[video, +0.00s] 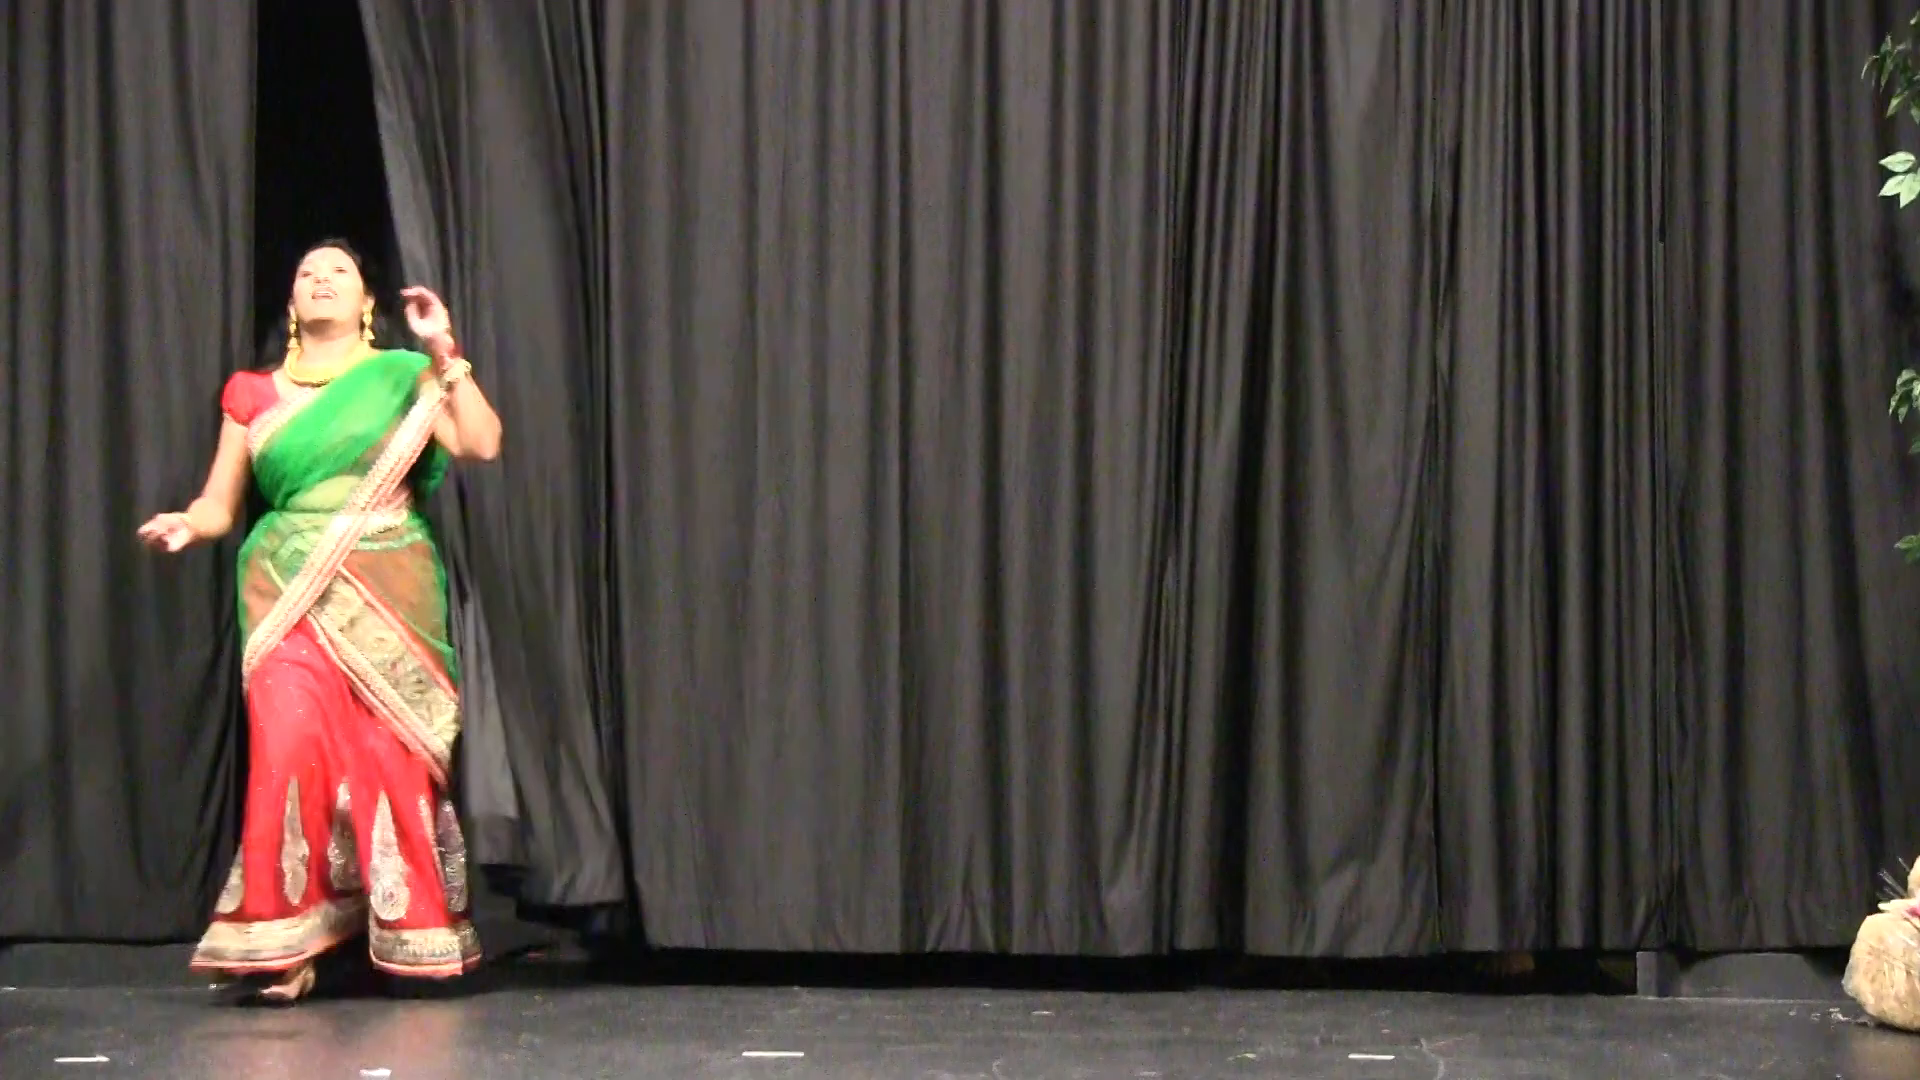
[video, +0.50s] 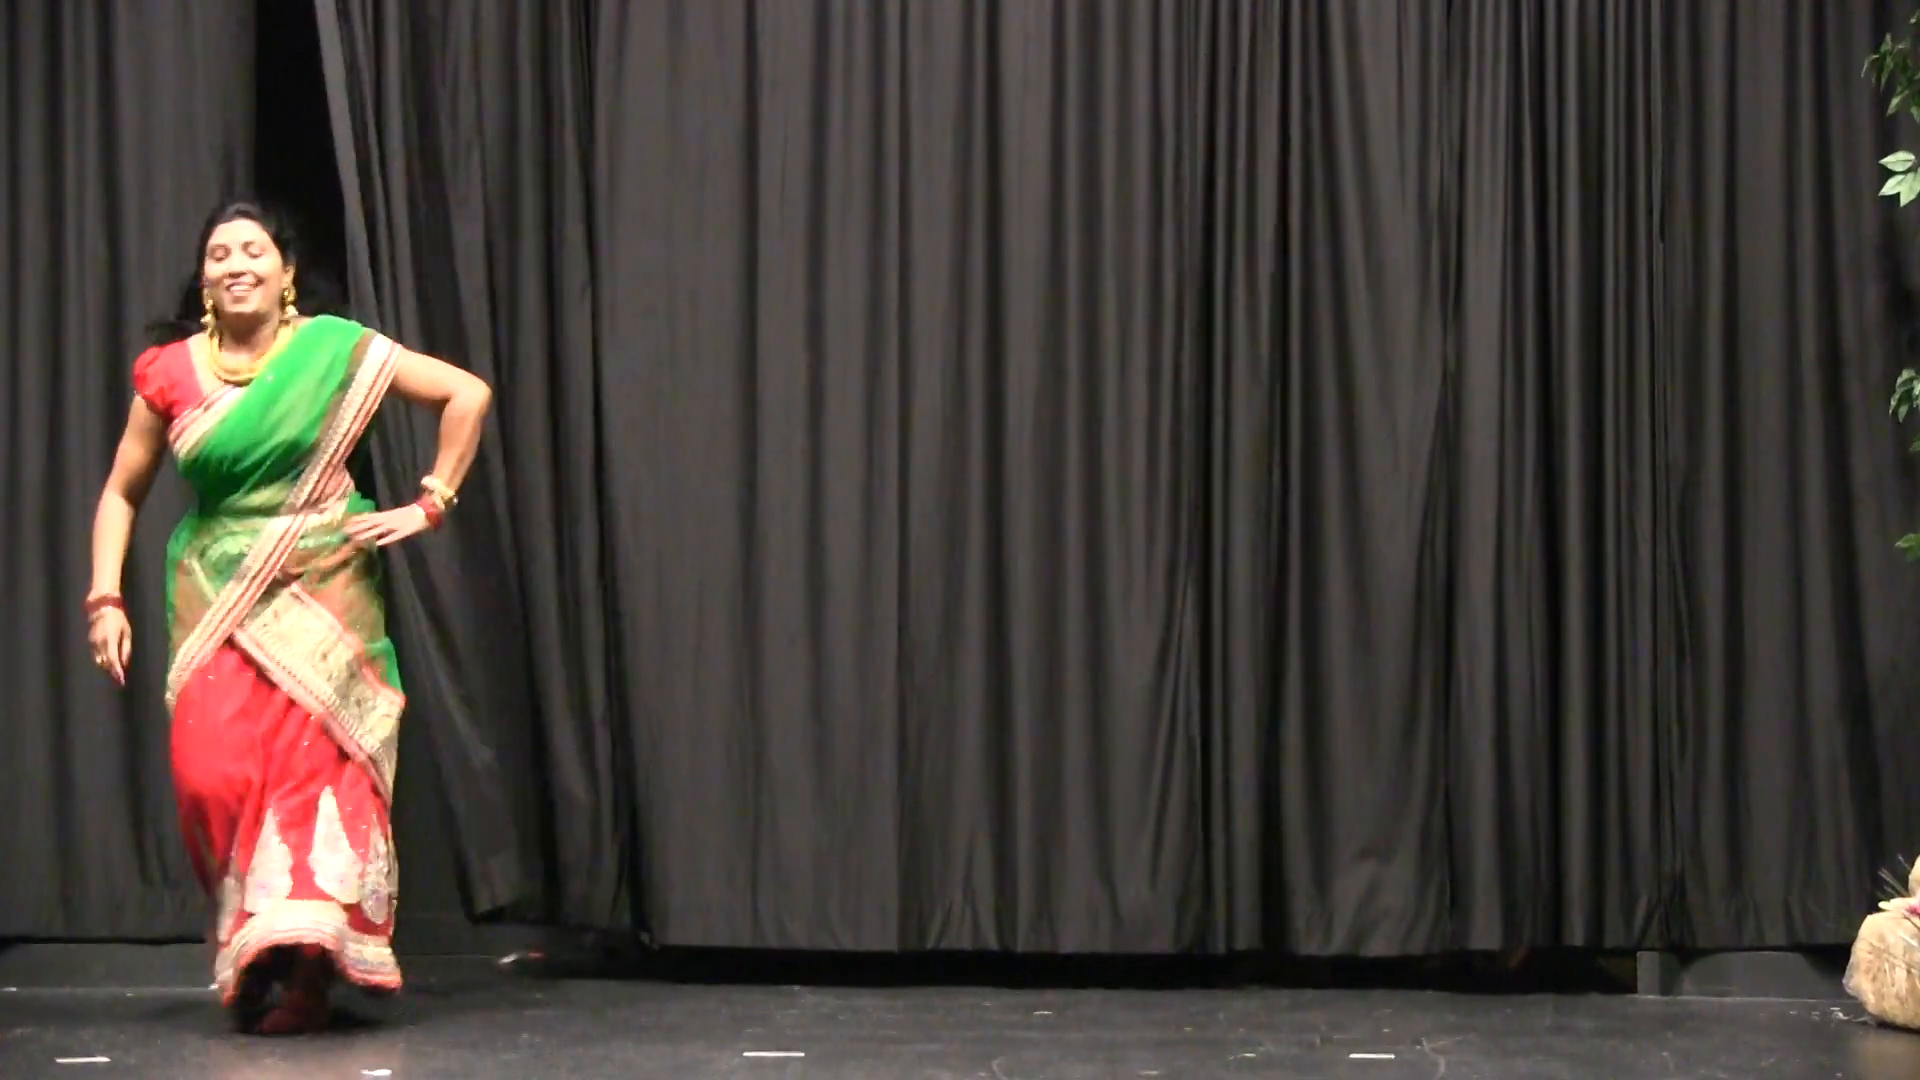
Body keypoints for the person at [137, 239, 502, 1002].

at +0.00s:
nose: (320, 280)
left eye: (337, 272)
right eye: (308, 273)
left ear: (366, 301)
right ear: (290, 301)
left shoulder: (401, 371)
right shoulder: (255, 392)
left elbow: (480, 444)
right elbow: (219, 506)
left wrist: (445, 349)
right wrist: (188, 520)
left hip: (387, 580)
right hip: (287, 584)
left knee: (395, 755)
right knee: (286, 751)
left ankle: (414, 943)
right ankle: (285, 949)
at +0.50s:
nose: (237, 264)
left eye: (254, 251)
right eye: (222, 253)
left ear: (286, 271)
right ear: (201, 278)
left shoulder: (335, 345)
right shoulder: (172, 371)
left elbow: (468, 392)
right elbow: (121, 491)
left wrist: (434, 500)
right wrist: (105, 597)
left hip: (324, 574)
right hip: (218, 580)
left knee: (313, 762)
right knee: (210, 773)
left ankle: (301, 963)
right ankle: (255, 944)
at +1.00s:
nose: (128, 281)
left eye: (143, 263)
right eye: (108, 266)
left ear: (175, 257)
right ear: (80, 267)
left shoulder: (224, 318)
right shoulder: (49, 352)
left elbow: (359, 391)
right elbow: (18, 488)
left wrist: (315, 499)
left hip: (215, 574)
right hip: (102, 581)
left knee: (192, 772)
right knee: (101, 776)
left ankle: (187, 988)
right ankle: (126, 1011)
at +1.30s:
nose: (44, 233)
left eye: (63, 214)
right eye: (25, 217)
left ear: (98, 221)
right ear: (2, 229)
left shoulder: (149, 302)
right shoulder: (4, 319)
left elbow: (280, 390)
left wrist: (230, 503)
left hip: (129, 567)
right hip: (23, 575)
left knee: (125, 778)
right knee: (27, 781)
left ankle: (123, 1005)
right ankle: (31, 1004)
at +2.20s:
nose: (92, 173)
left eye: (109, 159)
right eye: (71, 158)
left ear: (133, 183)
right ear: (35, 183)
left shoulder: (181, 261)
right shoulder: (11, 309)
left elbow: (325, 329)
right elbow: (1, 465)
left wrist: (282, 446)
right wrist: (0, 601)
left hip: (189, 539)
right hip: (70, 557)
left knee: (210, 757)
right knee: (86, 775)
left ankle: (259, 999)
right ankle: (102, 1012)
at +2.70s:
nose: (244, 190)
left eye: (239, 173)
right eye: (227, 177)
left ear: (215, 187)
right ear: (178, 197)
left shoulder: (265, 259)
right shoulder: (126, 320)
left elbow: (363, 321)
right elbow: (129, 492)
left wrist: (373, 431)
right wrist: (155, 632)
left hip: (331, 541)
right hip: (223, 571)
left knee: (359, 761)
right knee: (228, 784)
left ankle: (376, 1020)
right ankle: (197, 1020)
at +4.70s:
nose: (325, 219)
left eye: (325, 206)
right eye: (306, 206)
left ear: (322, 217)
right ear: (256, 223)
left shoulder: (375, 295)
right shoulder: (210, 330)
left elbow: (477, 383)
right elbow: (191, 472)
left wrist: (444, 490)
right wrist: (192, 598)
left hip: (374, 542)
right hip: (263, 555)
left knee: (410, 719)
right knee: (278, 747)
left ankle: (463, 949)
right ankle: (294, 964)